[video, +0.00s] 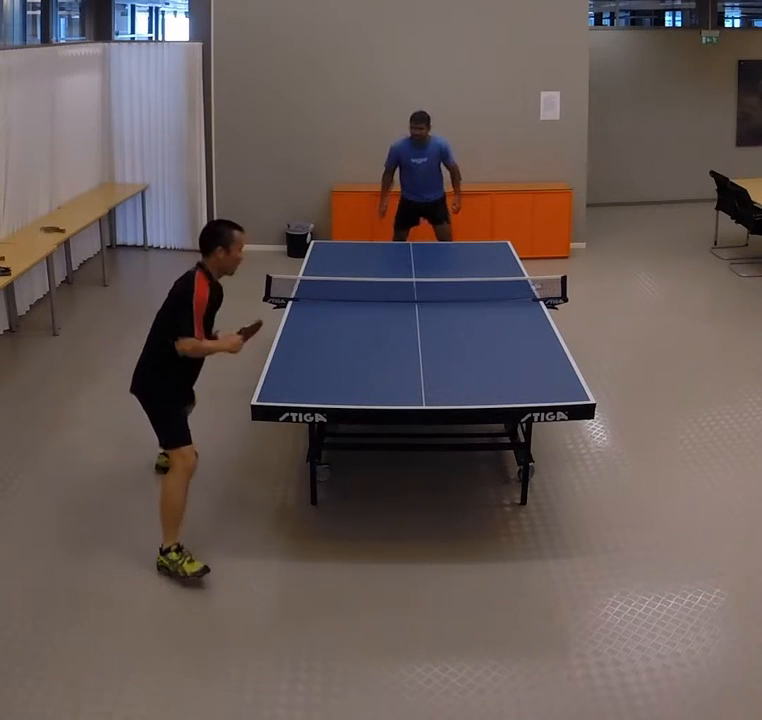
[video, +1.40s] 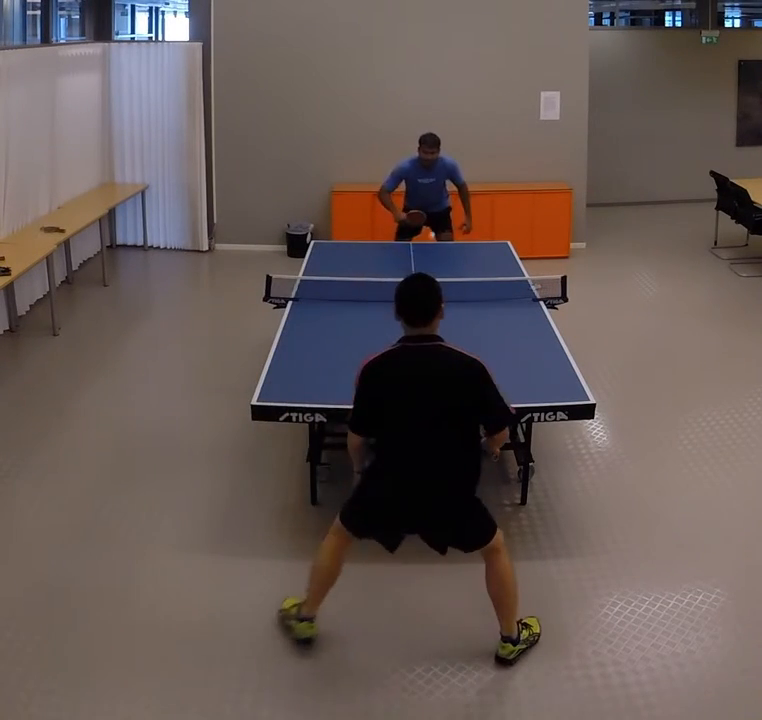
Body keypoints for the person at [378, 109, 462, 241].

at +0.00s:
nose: (416, 132)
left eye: (420, 129)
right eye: (413, 128)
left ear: (428, 129)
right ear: (409, 128)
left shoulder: (440, 146)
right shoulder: (398, 149)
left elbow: (454, 170)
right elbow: (388, 174)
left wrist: (457, 196)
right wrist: (383, 201)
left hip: (435, 201)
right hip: (409, 202)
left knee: (446, 240)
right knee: (398, 241)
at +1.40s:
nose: (429, 157)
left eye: (432, 153)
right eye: (425, 153)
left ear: (438, 152)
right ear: (418, 150)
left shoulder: (447, 166)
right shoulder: (406, 168)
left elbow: (462, 187)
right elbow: (383, 193)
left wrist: (468, 218)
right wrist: (396, 213)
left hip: (439, 211)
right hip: (413, 211)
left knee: (447, 246)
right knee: (400, 248)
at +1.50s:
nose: (434, 163)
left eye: (439, 159)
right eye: (431, 159)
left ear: (444, 158)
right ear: (425, 157)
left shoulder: (453, 171)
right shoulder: (414, 172)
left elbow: (467, 192)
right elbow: (395, 199)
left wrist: (475, 219)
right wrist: (413, 214)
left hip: (442, 210)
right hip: (417, 210)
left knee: (450, 247)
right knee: (402, 247)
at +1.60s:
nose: (439, 167)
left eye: (443, 163)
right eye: (435, 162)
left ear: (448, 161)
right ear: (429, 160)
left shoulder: (456, 172)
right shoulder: (418, 175)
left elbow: (469, 193)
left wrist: (479, 218)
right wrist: (428, 215)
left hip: (444, 211)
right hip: (421, 210)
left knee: (453, 246)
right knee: (404, 245)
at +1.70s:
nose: (443, 166)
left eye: (447, 163)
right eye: (439, 162)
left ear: (453, 161)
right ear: (433, 160)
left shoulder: (460, 171)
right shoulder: (423, 174)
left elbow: (472, 192)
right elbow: (427, 202)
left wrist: (481, 217)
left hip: (447, 211)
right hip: (423, 210)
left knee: (455, 247)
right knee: (405, 246)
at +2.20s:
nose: (430, 143)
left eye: (434, 139)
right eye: (426, 139)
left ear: (440, 139)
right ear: (421, 139)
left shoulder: (451, 153)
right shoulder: (409, 159)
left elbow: (460, 171)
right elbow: (404, 188)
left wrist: (465, 194)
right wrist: (424, 210)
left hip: (446, 203)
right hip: (421, 203)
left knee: (456, 243)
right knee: (409, 244)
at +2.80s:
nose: (449, 136)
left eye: (453, 132)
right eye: (447, 131)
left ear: (460, 132)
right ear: (442, 130)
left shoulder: (470, 150)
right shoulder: (431, 149)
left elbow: (481, 179)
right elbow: (424, 177)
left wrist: (487, 205)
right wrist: (439, 191)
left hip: (463, 201)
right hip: (438, 200)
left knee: (477, 243)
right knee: (417, 240)